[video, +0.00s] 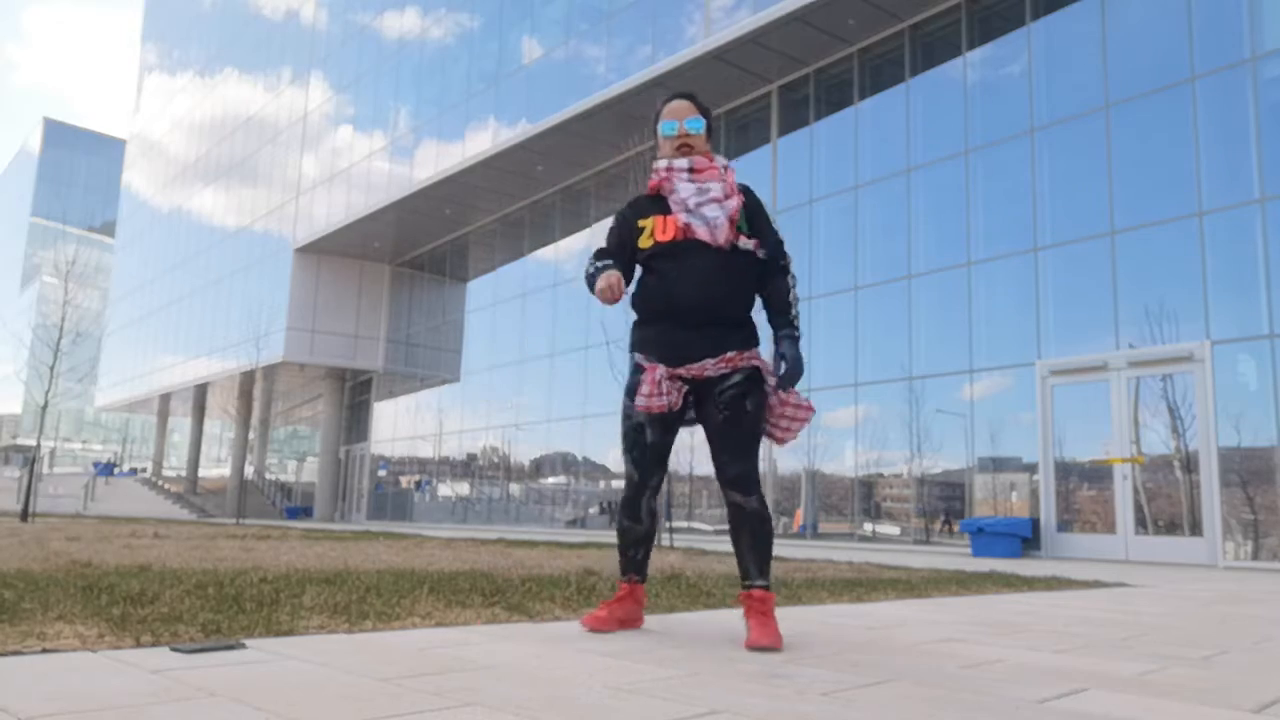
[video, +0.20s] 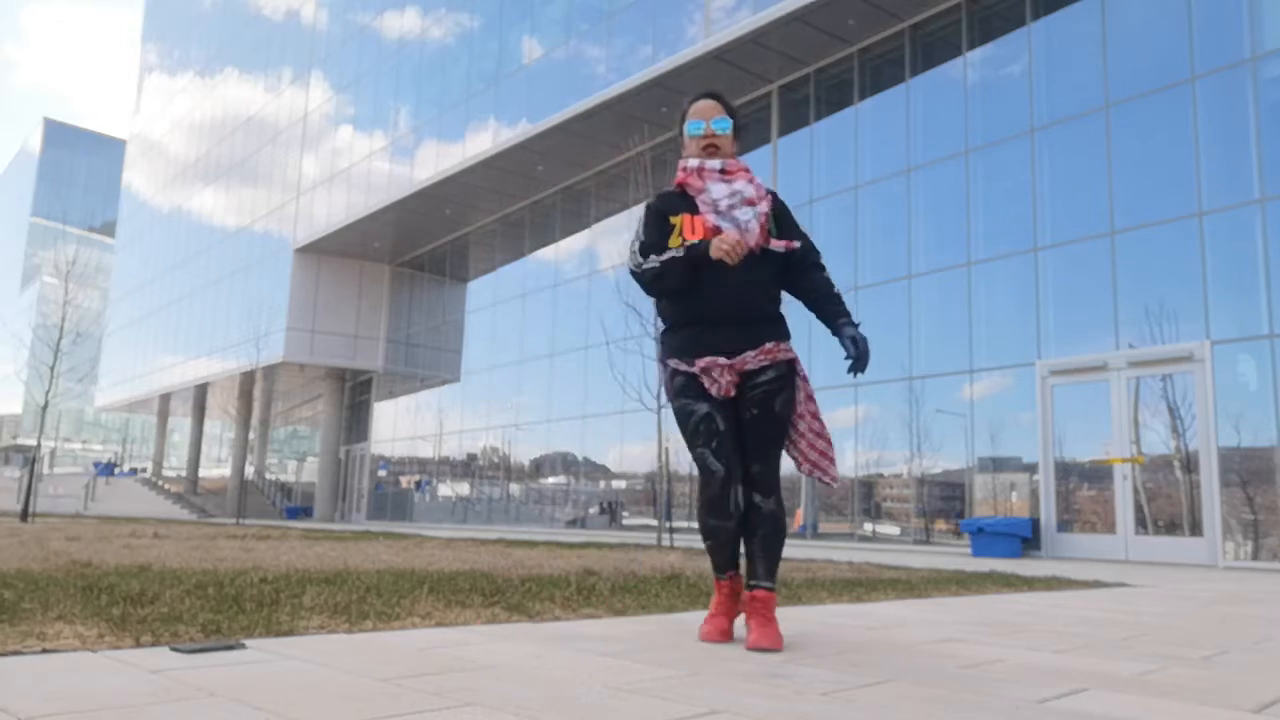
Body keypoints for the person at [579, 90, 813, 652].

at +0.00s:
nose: (680, 135)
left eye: (690, 126)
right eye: (670, 127)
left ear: (708, 136)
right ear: (657, 139)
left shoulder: (741, 203)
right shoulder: (641, 208)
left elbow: (775, 273)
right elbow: (610, 257)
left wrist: (787, 340)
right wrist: (605, 275)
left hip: (729, 360)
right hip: (657, 363)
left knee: (741, 481)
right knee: (641, 478)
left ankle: (758, 604)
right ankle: (629, 594)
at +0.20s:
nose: (708, 138)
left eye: (718, 128)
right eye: (697, 130)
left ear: (736, 136)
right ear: (683, 140)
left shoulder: (764, 204)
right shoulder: (665, 208)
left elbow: (805, 270)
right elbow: (647, 273)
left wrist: (842, 324)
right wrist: (702, 249)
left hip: (764, 357)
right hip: (693, 362)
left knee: (762, 477)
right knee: (718, 472)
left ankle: (761, 602)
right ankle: (726, 591)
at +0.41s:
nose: (720, 131)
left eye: (729, 121)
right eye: (708, 123)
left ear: (746, 131)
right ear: (693, 136)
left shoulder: (778, 199)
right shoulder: (679, 202)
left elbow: (811, 275)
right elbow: (666, 268)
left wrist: (843, 340)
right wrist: (746, 253)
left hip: (776, 358)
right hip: (704, 360)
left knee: (768, 480)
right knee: (706, 471)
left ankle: (763, 603)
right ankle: (706, 589)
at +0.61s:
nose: (723, 127)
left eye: (732, 117)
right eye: (711, 119)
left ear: (750, 127)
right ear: (696, 132)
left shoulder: (781, 200)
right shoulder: (680, 200)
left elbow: (812, 278)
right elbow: (662, 265)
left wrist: (842, 343)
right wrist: (739, 248)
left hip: (771, 357)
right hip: (694, 357)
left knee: (764, 482)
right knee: (648, 464)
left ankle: (762, 606)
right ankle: (602, 578)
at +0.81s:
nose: (713, 122)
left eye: (723, 112)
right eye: (701, 114)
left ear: (741, 121)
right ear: (687, 126)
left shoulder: (770, 195)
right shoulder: (669, 193)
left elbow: (804, 272)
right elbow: (643, 255)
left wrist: (840, 335)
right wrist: (716, 242)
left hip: (744, 357)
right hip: (668, 355)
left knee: (746, 480)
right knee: (626, 464)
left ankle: (758, 606)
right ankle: (572, 576)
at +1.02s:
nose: (711, 125)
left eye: (721, 115)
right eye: (699, 117)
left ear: (739, 124)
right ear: (685, 130)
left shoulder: (772, 198)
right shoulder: (668, 196)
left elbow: (808, 272)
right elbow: (636, 258)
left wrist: (847, 332)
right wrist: (702, 242)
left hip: (745, 362)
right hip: (668, 358)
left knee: (748, 483)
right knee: (628, 465)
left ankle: (759, 608)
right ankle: (570, 579)